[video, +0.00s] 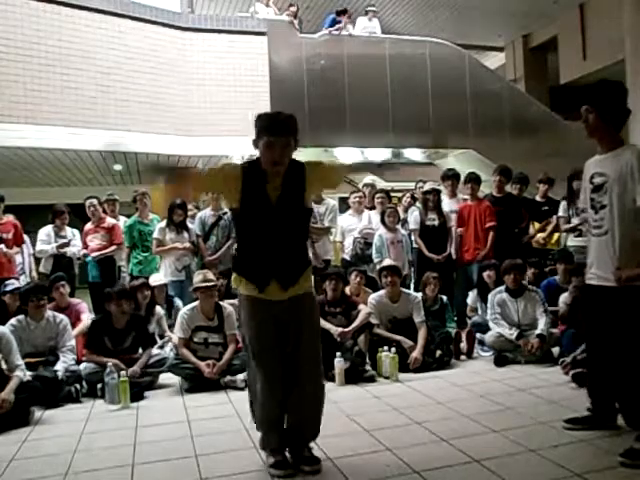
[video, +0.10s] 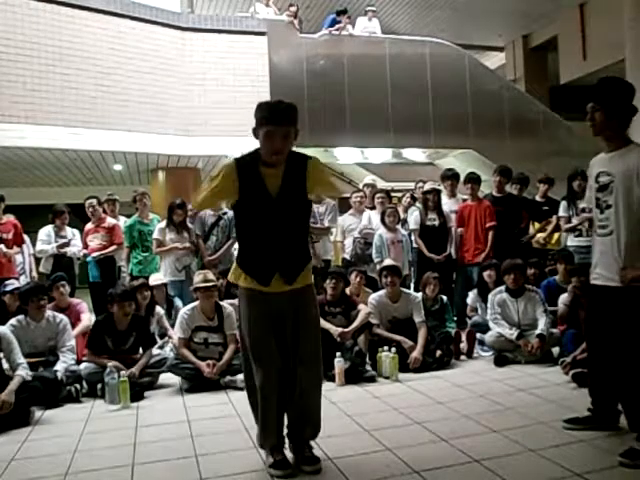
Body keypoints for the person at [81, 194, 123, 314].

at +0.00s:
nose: (92, 209)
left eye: (95, 206)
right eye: (89, 207)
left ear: (100, 207)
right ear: (87, 210)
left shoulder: (112, 224)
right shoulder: (87, 228)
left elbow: (118, 244)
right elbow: (85, 246)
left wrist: (99, 254)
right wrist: (83, 252)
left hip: (108, 260)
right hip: (92, 261)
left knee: (109, 292)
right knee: (95, 294)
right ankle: (99, 320)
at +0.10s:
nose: (91, 210)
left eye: (94, 207)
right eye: (89, 207)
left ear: (100, 207)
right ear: (86, 210)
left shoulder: (112, 224)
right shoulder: (87, 228)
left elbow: (118, 244)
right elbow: (85, 245)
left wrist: (101, 253)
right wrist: (84, 251)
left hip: (107, 260)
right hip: (92, 262)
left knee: (109, 293)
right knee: (96, 295)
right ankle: (100, 322)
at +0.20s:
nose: (88, 211)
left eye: (91, 207)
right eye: (86, 208)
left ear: (99, 207)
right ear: (85, 210)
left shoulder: (112, 224)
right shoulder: (87, 228)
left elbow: (119, 245)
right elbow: (86, 246)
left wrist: (101, 253)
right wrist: (84, 252)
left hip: (108, 261)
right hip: (92, 262)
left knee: (109, 295)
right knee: (96, 299)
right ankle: (101, 326)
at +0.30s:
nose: (87, 211)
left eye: (90, 208)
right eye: (86, 208)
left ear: (99, 207)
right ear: (85, 210)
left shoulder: (113, 224)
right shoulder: (87, 227)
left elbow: (119, 244)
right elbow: (85, 246)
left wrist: (101, 253)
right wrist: (84, 252)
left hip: (108, 261)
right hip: (93, 262)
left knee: (109, 295)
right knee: (96, 298)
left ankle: (113, 325)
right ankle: (101, 327)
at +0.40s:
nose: (87, 211)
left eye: (89, 207)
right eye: (85, 208)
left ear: (99, 207)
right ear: (85, 210)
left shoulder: (113, 224)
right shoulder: (87, 227)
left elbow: (119, 245)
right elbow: (86, 246)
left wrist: (101, 254)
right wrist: (84, 252)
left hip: (108, 260)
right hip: (93, 262)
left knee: (109, 294)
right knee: (96, 296)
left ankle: (112, 324)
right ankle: (101, 326)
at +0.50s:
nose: (87, 211)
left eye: (89, 208)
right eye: (85, 208)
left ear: (99, 207)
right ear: (85, 210)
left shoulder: (113, 224)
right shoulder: (87, 227)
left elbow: (119, 244)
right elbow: (85, 246)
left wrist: (101, 253)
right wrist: (84, 252)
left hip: (108, 260)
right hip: (93, 262)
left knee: (109, 295)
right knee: (96, 296)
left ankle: (112, 324)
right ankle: (101, 326)